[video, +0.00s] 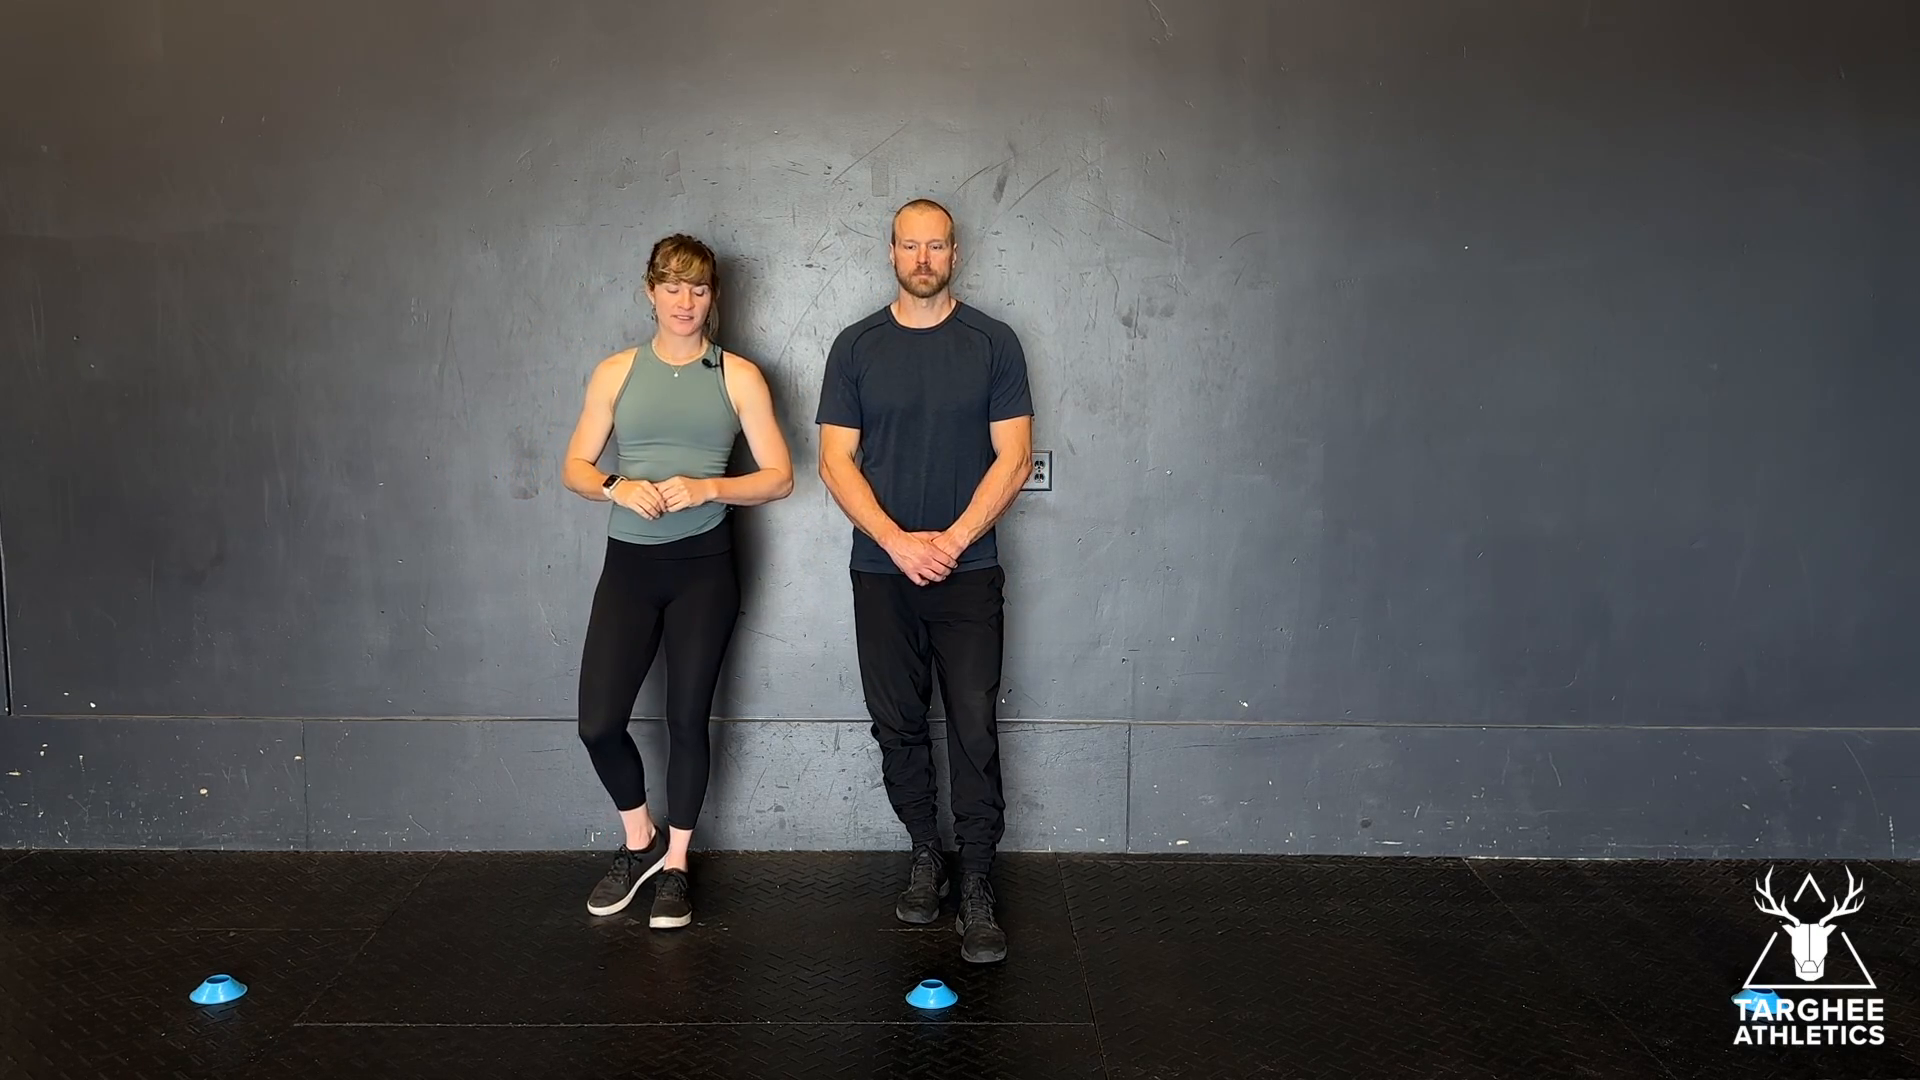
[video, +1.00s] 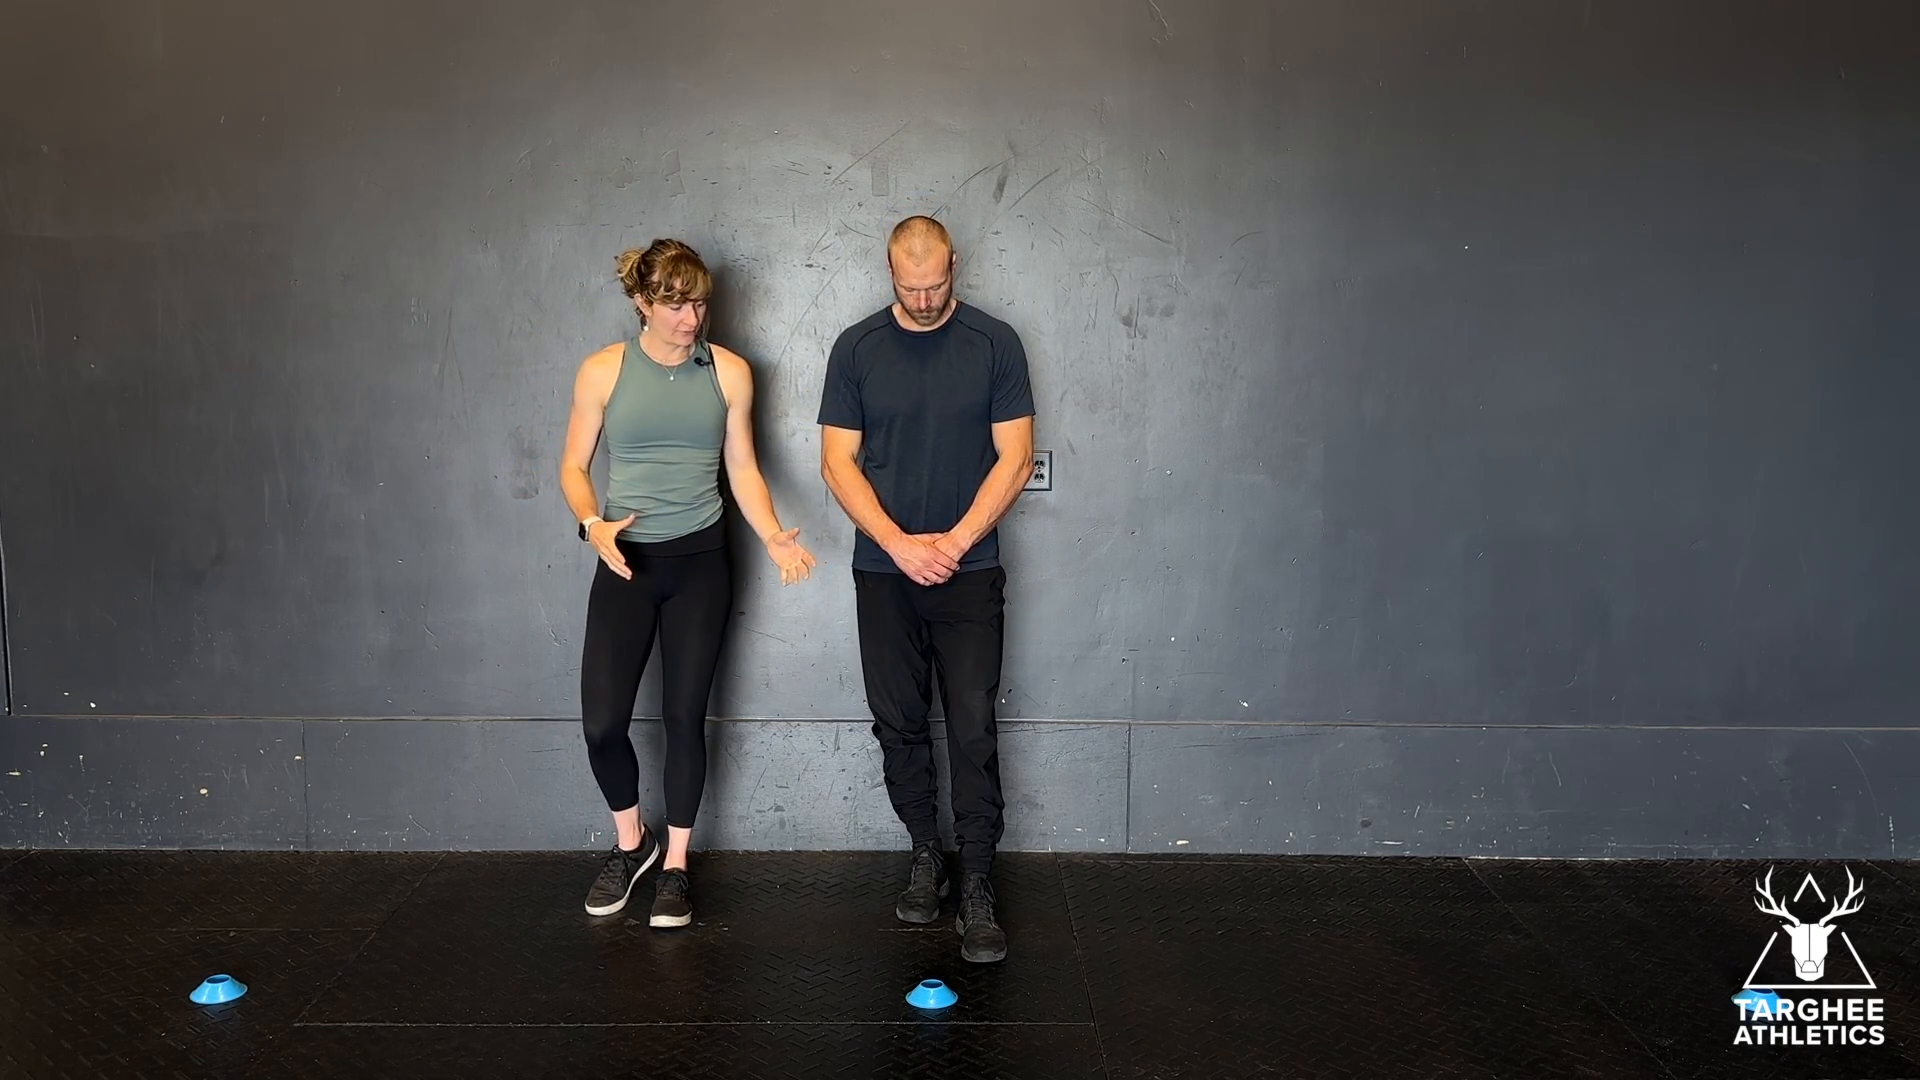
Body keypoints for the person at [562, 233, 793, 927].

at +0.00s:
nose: (685, 298)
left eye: (697, 287)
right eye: (672, 286)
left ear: (711, 296)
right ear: (652, 293)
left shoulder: (738, 377)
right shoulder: (615, 373)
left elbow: (778, 476)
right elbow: (576, 468)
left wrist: (709, 487)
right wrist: (620, 487)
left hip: (704, 564)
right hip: (628, 564)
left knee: (688, 717)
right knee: (599, 721)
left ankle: (676, 866)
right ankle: (641, 843)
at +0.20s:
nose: (695, 310)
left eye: (704, 297)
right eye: (681, 297)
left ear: (714, 302)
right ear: (650, 297)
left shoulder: (735, 376)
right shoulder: (612, 371)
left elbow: (770, 473)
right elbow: (572, 466)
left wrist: (722, 488)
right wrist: (616, 502)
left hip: (704, 567)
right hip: (629, 568)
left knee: (687, 719)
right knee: (608, 728)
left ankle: (677, 866)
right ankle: (638, 844)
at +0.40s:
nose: (693, 315)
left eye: (700, 301)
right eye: (678, 303)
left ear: (708, 302)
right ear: (645, 302)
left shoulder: (730, 374)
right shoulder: (608, 374)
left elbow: (742, 468)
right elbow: (564, 464)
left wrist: (756, 497)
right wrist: (593, 505)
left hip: (704, 560)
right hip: (631, 564)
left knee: (687, 717)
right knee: (614, 726)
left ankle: (677, 864)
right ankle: (635, 845)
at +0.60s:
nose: (688, 315)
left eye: (694, 302)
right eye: (673, 304)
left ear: (702, 300)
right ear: (641, 303)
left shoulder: (728, 373)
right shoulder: (606, 372)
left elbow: (744, 465)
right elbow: (563, 468)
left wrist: (780, 533)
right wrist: (583, 521)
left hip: (702, 561)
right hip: (625, 564)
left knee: (686, 716)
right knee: (609, 723)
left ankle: (675, 866)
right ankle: (634, 844)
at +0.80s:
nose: (691, 315)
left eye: (698, 301)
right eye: (677, 303)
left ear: (704, 301)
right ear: (642, 303)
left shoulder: (727, 374)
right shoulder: (604, 374)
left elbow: (740, 469)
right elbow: (572, 470)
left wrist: (776, 535)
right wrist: (592, 530)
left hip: (700, 561)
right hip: (623, 563)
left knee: (684, 715)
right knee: (603, 722)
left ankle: (675, 867)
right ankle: (634, 843)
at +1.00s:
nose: (691, 316)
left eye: (698, 303)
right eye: (677, 305)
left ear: (705, 300)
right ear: (644, 303)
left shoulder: (728, 371)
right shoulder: (604, 371)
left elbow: (743, 467)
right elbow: (573, 468)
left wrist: (775, 537)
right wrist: (592, 524)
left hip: (701, 560)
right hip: (623, 562)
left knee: (685, 714)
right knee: (602, 722)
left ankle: (675, 866)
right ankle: (633, 843)